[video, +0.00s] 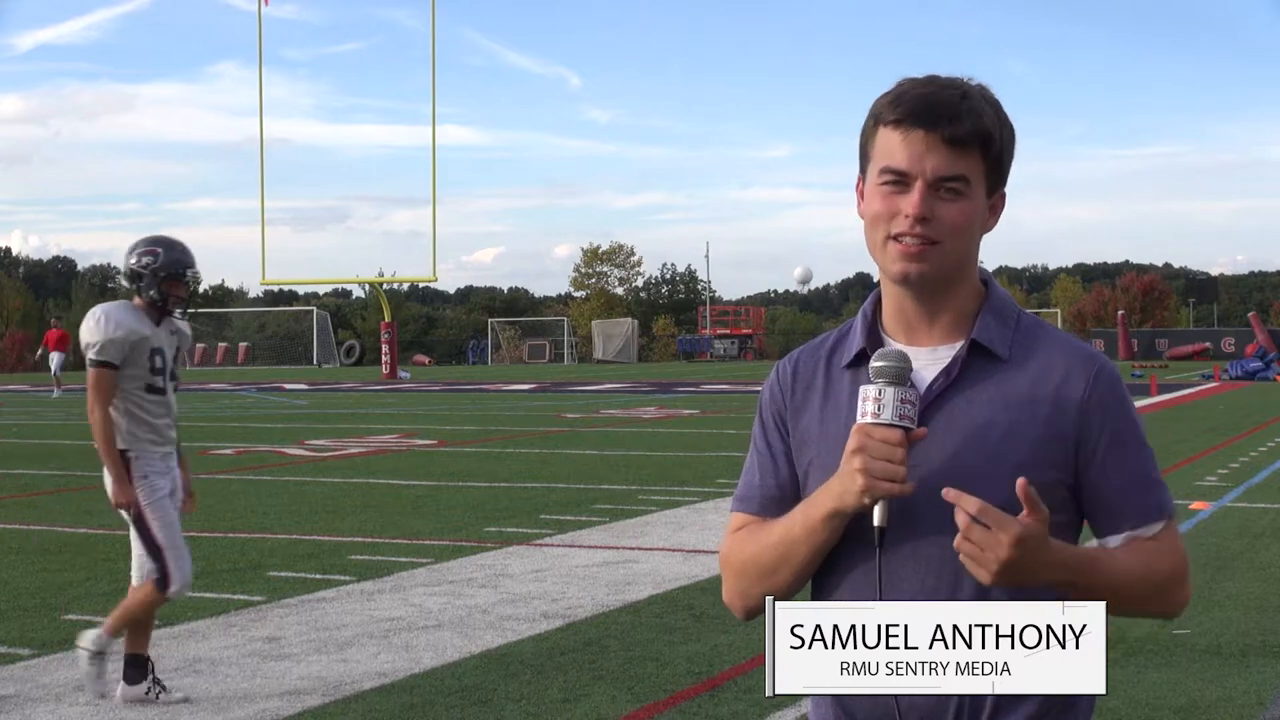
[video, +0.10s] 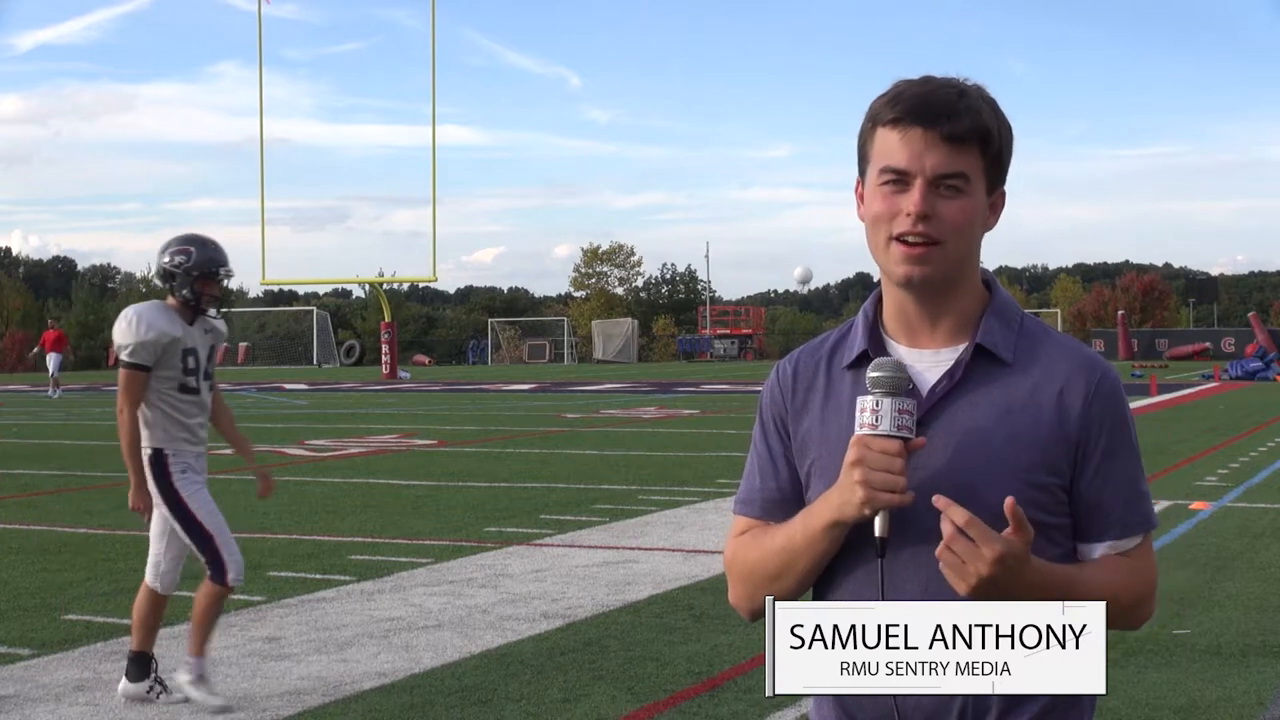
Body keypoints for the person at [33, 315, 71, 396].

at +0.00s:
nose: (53, 324)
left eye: (55, 322)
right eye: (52, 322)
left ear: (59, 322)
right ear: (51, 323)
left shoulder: (63, 332)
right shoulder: (49, 332)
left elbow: (69, 345)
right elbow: (43, 344)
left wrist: (70, 355)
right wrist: (38, 353)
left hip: (60, 353)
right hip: (51, 353)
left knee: (54, 371)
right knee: (53, 372)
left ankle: (58, 389)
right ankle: (57, 389)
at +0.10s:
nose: (50, 324)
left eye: (51, 322)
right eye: (49, 322)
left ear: (55, 323)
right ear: (48, 324)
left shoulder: (60, 332)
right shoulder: (46, 333)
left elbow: (66, 345)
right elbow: (40, 345)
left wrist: (70, 355)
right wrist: (33, 352)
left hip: (57, 354)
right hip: (48, 354)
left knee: (52, 373)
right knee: (52, 373)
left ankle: (51, 390)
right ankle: (58, 390)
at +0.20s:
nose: (48, 325)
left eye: (49, 323)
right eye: (47, 323)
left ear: (53, 323)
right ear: (46, 324)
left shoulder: (58, 333)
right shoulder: (44, 333)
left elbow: (64, 345)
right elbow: (39, 345)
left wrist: (69, 355)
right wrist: (31, 351)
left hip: (54, 354)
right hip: (46, 354)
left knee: (50, 373)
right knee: (50, 374)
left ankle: (51, 391)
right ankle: (58, 390)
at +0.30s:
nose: (45, 324)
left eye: (47, 322)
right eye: (44, 322)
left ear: (51, 322)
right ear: (43, 323)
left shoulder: (55, 332)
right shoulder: (42, 332)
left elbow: (60, 345)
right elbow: (37, 345)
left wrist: (62, 355)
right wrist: (30, 353)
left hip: (50, 354)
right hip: (43, 353)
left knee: (47, 374)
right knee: (43, 375)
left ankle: (50, 392)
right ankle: (54, 390)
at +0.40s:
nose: (43, 323)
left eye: (45, 321)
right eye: (42, 321)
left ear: (49, 323)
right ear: (41, 323)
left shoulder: (51, 332)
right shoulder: (40, 332)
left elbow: (54, 345)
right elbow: (36, 344)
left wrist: (54, 355)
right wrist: (31, 354)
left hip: (47, 353)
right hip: (40, 353)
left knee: (46, 374)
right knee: (36, 374)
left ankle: (49, 392)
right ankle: (48, 386)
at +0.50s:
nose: (41, 323)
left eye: (42, 321)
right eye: (40, 322)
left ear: (46, 322)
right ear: (39, 323)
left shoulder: (48, 332)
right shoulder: (37, 331)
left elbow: (48, 344)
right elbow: (36, 342)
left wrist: (44, 355)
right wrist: (33, 351)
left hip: (44, 353)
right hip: (37, 352)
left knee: (44, 374)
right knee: (32, 373)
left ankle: (48, 392)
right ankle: (38, 390)